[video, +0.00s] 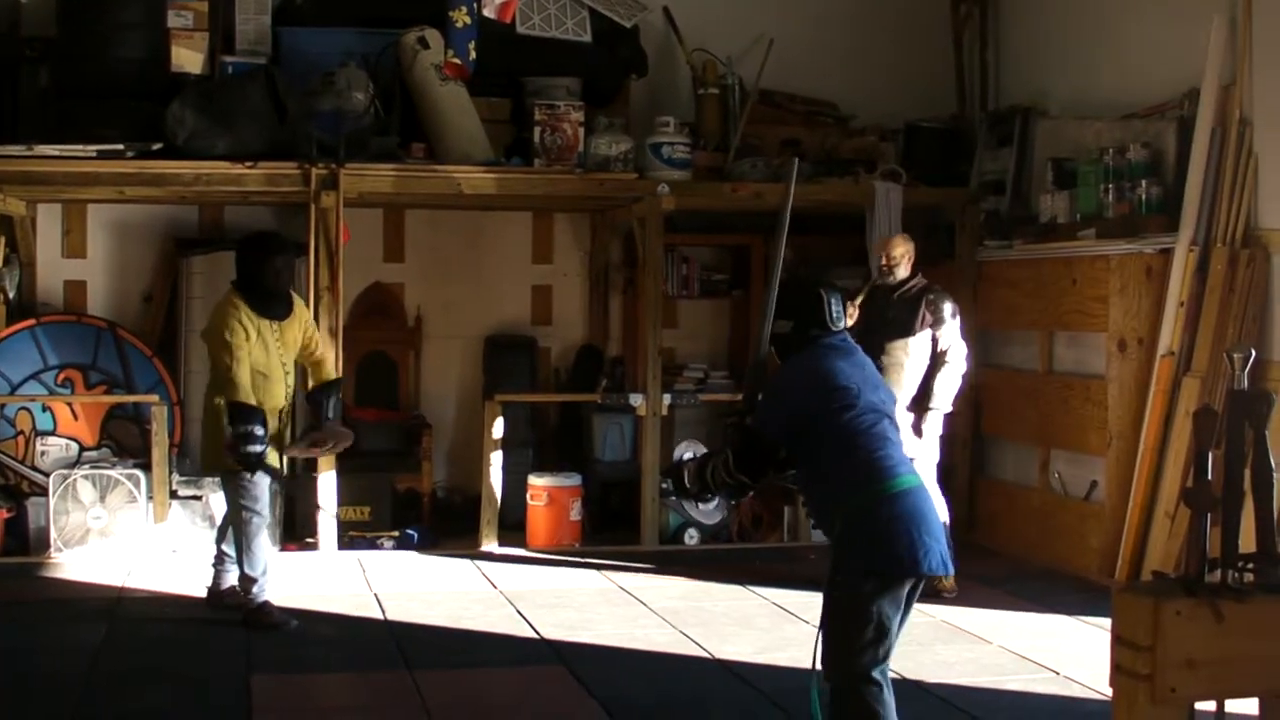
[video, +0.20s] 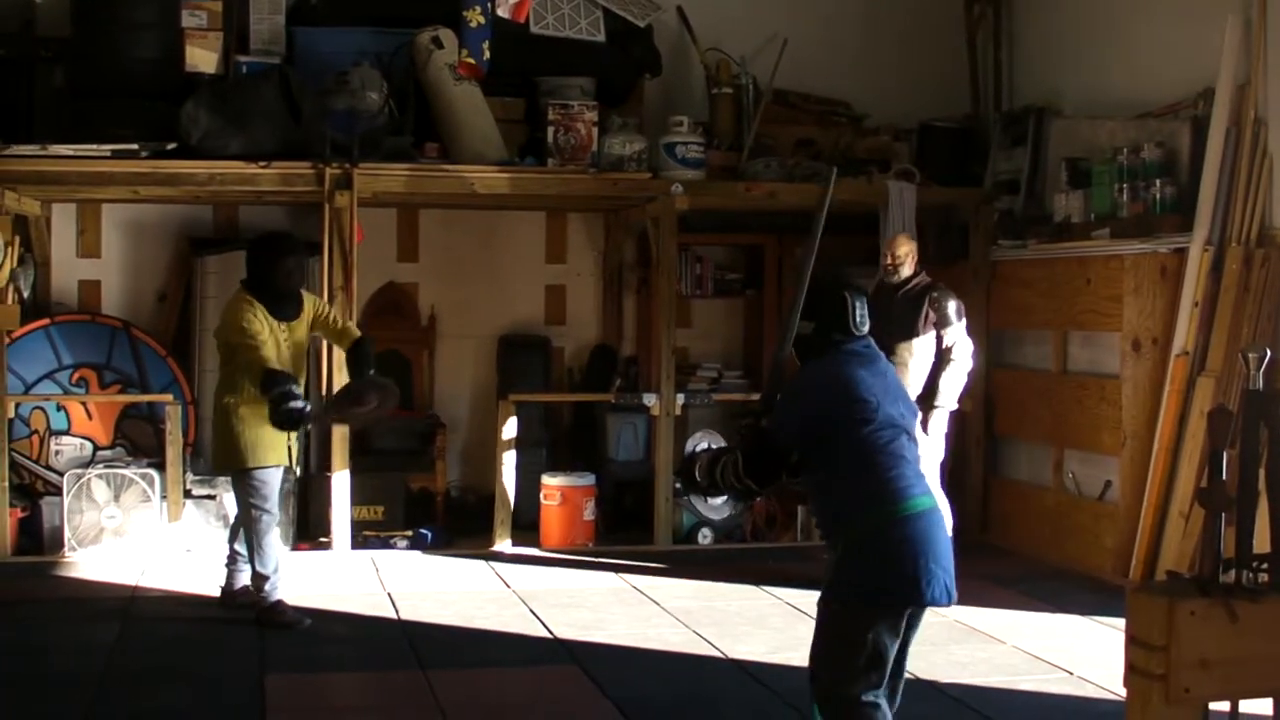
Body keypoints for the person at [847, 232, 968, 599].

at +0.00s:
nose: (885, 265)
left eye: (892, 260)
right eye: (881, 259)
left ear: (910, 260)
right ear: (876, 259)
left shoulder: (933, 301)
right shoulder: (870, 298)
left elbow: (954, 359)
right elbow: (852, 350)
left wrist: (934, 410)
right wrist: (847, 324)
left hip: (915, 413)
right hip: (872, 408)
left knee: (922, 485)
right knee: (877, 486)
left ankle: (941, 567)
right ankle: (882, 568)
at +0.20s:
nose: (889, 263)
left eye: (896, 257)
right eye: (885, 256)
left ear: (913, 259)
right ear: (881, 256)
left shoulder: (933, 296)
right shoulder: (879, 292)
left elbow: (957, 354)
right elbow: (872, 344)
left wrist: (939, 409)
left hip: (927, 408)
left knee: (925, 473)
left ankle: (940, 537)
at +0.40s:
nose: (890, 261)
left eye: (897, 255)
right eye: (885, 254)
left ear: (913, 257)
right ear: (878, 256)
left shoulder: (934, 298)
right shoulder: (872, 295)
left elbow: (955, 355)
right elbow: (858, 347)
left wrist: (938, 406)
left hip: (922, 406)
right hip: (879, 403)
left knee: (923, 480)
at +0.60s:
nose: (891, 259)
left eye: (898, 254)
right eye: (886, 253)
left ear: (913, 257)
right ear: (879, 256)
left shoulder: (933, 298)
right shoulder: (872, 295)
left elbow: (954, 354)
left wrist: (933, 402)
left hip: (920, 405)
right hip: (878, 402)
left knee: (921, 477)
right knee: (881, 475)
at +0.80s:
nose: (891, 259)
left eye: (898, 253)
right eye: (886, 253)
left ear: (913, 256)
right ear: (879, 257)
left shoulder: (933, 297)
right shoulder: (877, 295)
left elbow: (955, 352)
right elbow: (864, 345)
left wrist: (933, 403)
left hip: (918, 406)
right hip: (879, 402)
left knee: (922, 483)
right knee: (885, 482)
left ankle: (930, 556)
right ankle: (889, 557)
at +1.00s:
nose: (891, 259)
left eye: (898, 253)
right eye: (886, 253)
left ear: (913, 257)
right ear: (879, 257)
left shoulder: (933, 297)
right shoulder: (875, 294)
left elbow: (958, 352)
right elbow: (864, 352)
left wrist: (940, 404)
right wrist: (855, 332)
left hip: (922, 416)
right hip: (880, 413)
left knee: (926, 498)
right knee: (885, 496)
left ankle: (929, 577)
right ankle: (890, 576)